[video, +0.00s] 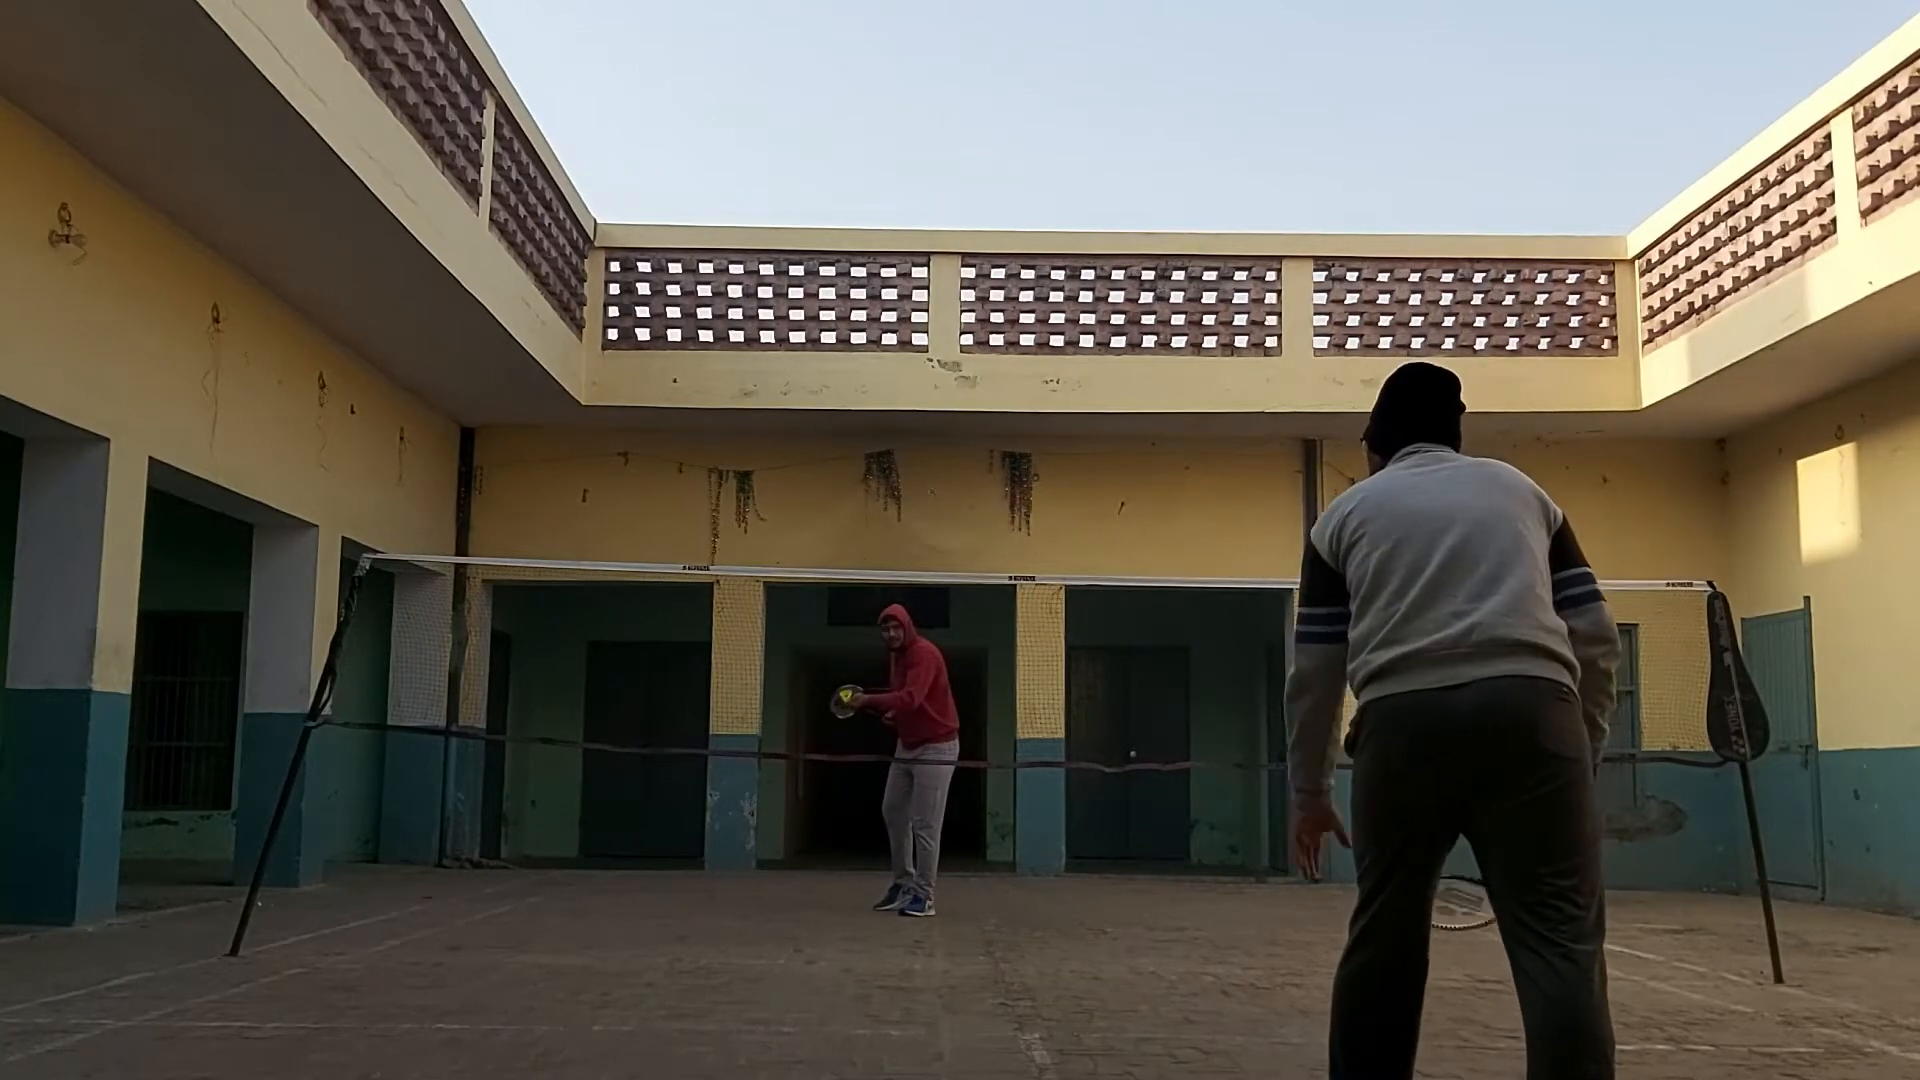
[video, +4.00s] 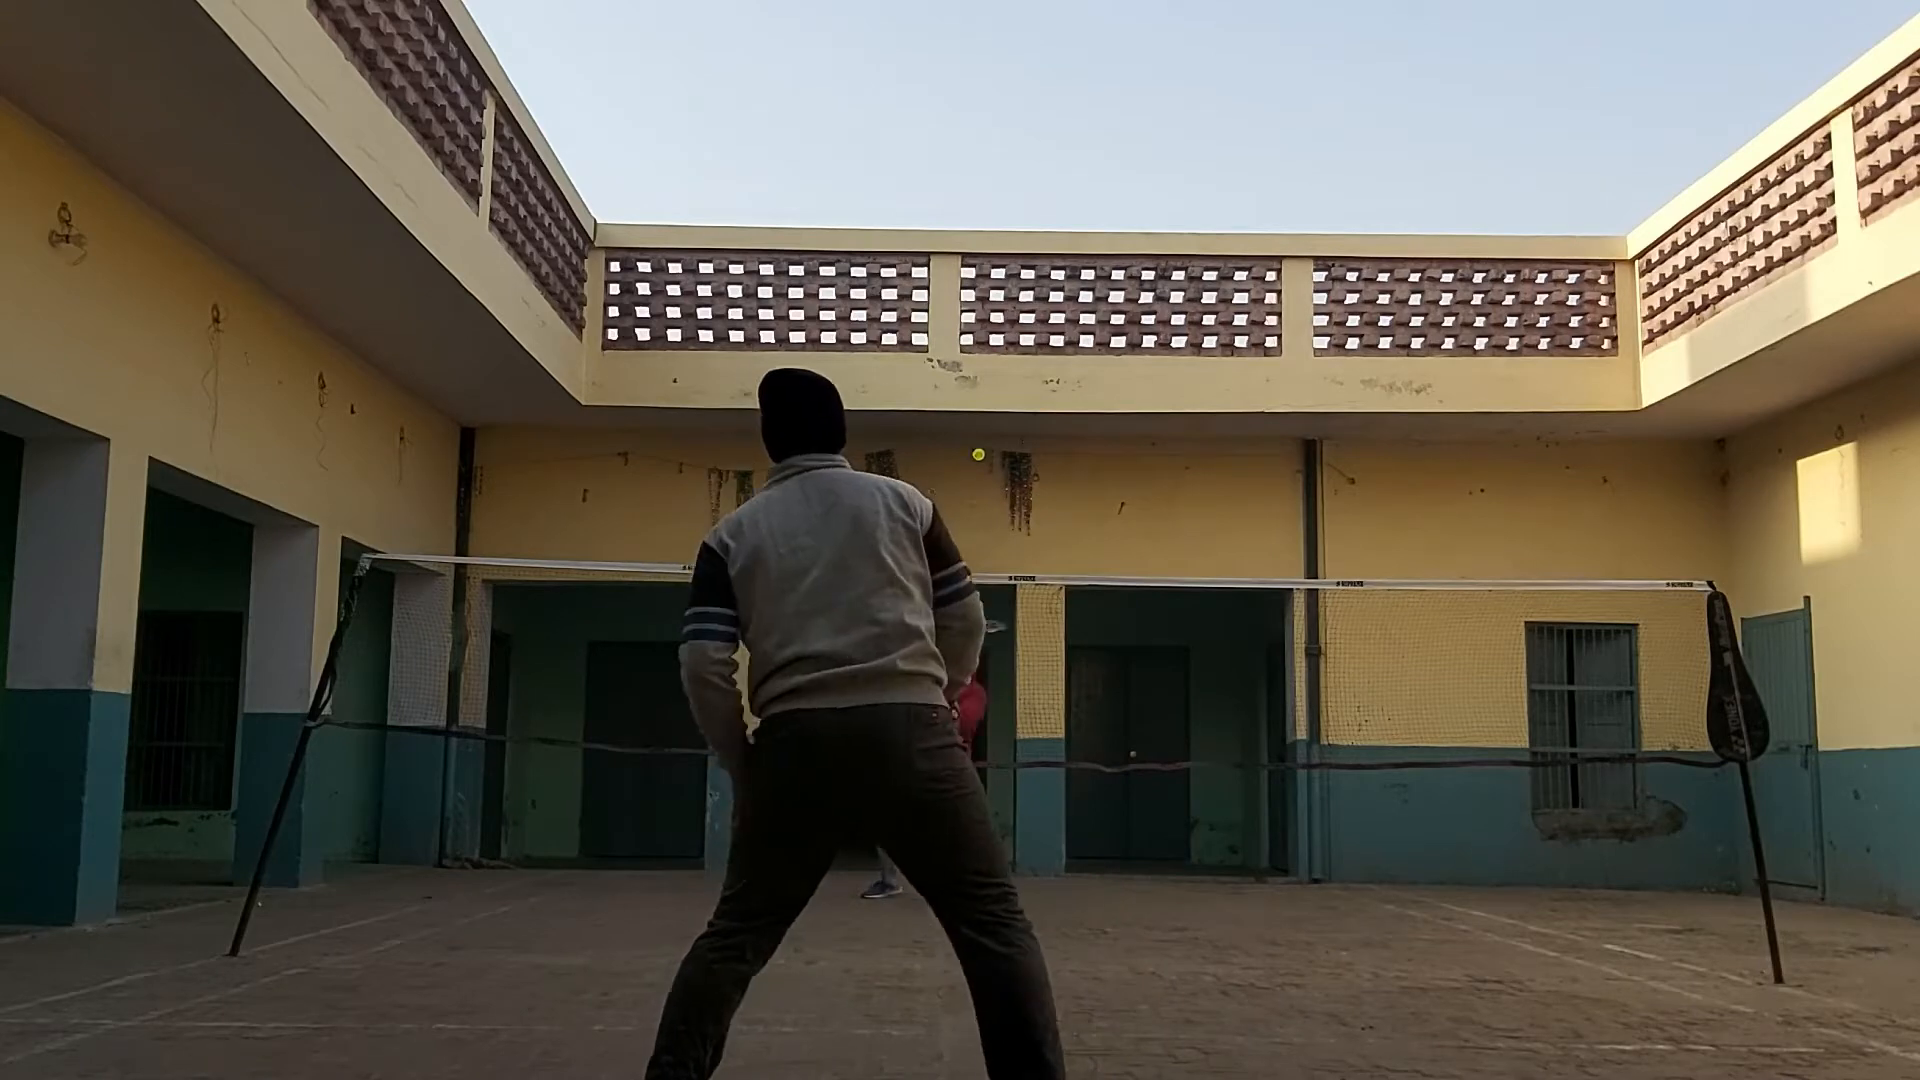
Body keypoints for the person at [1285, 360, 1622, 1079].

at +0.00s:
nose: (1368, 454)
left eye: (1369, 444)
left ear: (1376, 442)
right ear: (1457, 434)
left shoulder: (1343, 514)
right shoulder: (1522, 490)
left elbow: (1312, 673)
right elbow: (1595, 630)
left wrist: (1309, 793)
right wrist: (1586, 742)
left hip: (1401, 729)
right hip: (1532, 717)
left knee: (1387, 926)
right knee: (1558, 936)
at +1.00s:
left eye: (1339, 451)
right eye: (1402, 453)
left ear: (1332, 456)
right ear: (1410, 461)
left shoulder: (1275, 541)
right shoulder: (1460, 546)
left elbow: (1200, 654)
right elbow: (1519, 670)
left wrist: (1190, 732)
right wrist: (1584, 756)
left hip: (1308, 777)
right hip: (1431, 777)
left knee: (1304, 964)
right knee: (1480, 947)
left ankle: (1328, 1077)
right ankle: (1535, 1061)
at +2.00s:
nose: (1164, 502)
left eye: (1165, 492)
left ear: (1164, 498)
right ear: (1226, 502)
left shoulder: (1136, 566)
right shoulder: (1253, 562)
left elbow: (1056, 630)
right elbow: (1197, 600)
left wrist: (1090, 589)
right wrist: (1149, 559)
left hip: (1162, 757)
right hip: (1253, 756)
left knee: (1093, 896)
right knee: (1293, 893)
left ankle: (1072, 1047)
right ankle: (1368, 1039)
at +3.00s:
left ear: (943, 455)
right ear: (1014, 456)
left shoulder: (895, 518)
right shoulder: (1056, 527)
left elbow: (830, 633)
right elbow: (1095, 636)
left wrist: (835, 715)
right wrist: (1088, 725)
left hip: (911, 711)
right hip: (1023, 717)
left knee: (856, 910)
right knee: (1058, 896)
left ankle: (833, 1070)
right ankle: (1102, 1067)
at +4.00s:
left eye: (768, 431)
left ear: (766, 440)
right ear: (843, 435)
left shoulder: (732, 533)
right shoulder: (907, 502)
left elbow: (706, 666)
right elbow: (964, 620)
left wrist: (744, 769)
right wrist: (934, 705)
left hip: (794, 753)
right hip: (914, 742)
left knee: (736, 936)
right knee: (993, 924)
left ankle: (670, 1073)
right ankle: (1037, 1073)